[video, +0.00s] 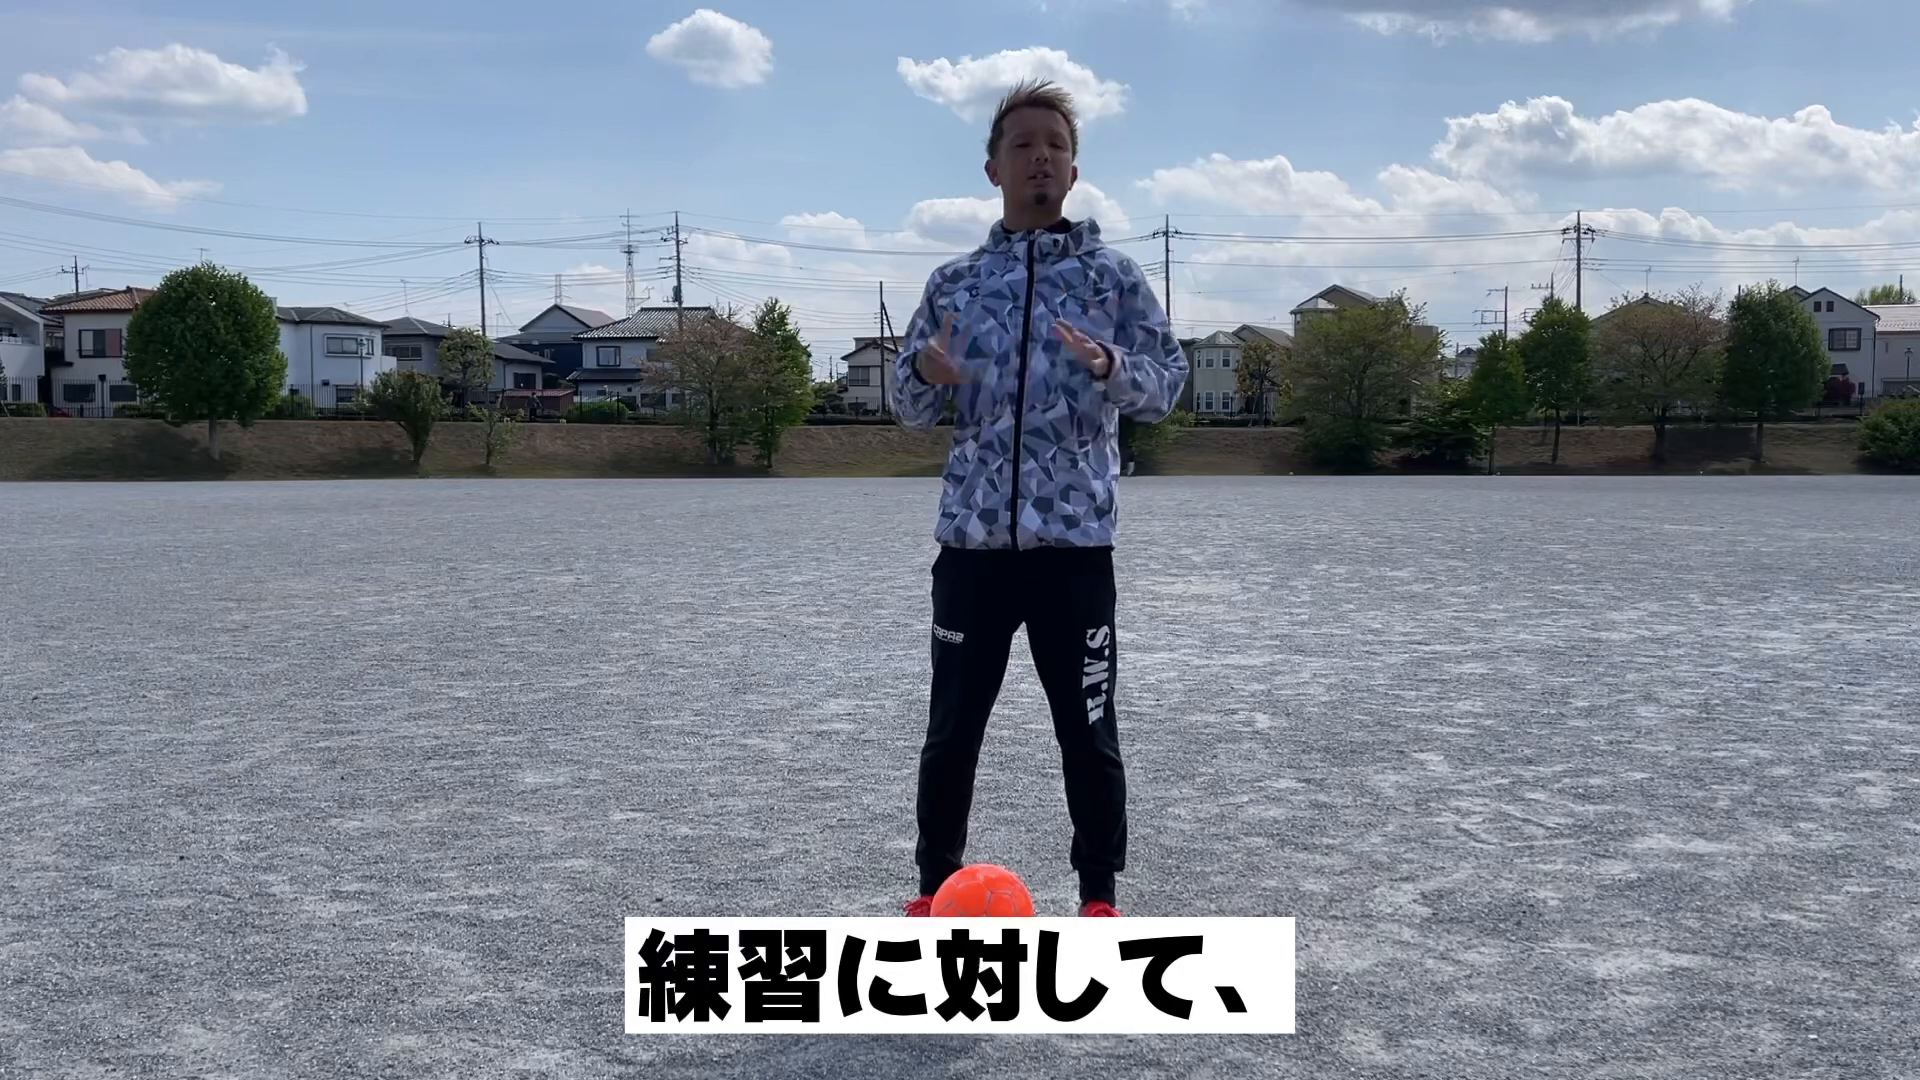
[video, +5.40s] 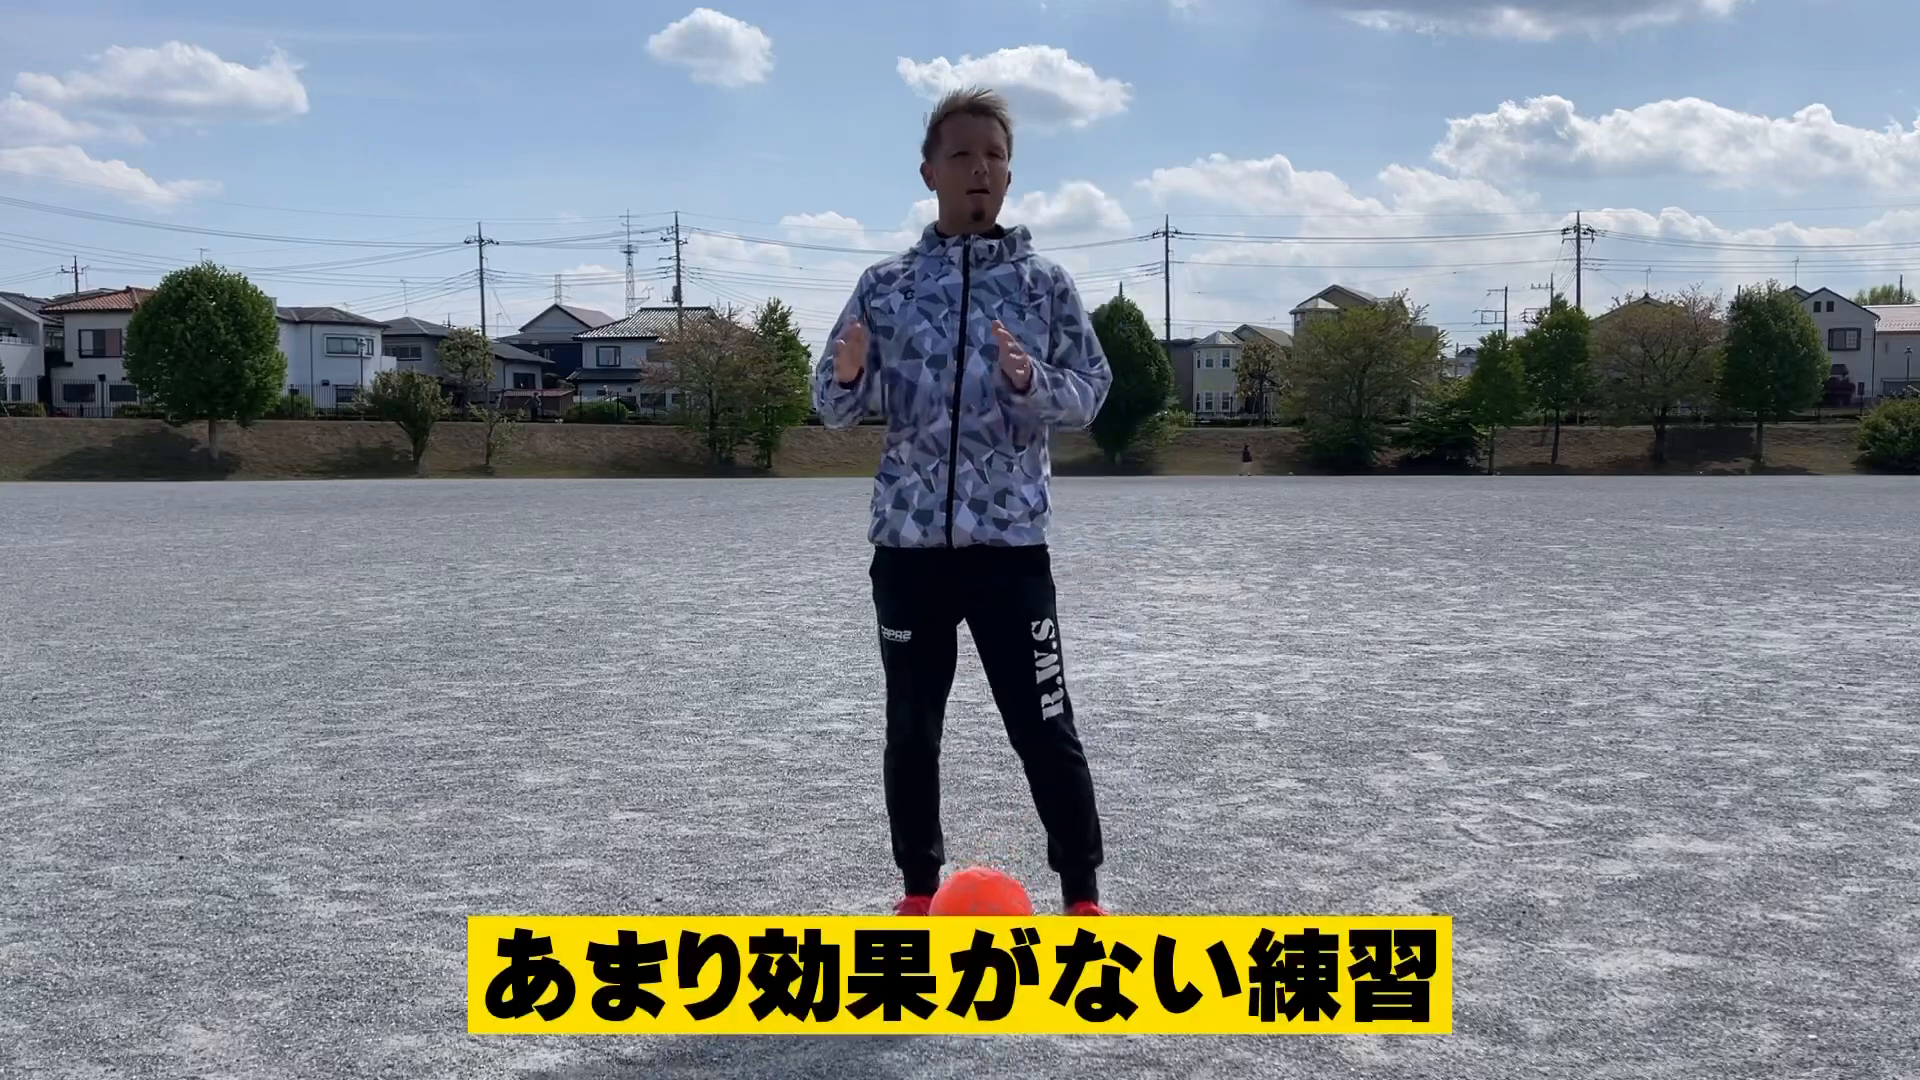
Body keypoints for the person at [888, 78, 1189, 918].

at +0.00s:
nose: (1042, 158)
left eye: (1057, 146)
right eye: (1023, 145)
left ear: (1074, 167)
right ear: (995, 165)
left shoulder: (1115, 278)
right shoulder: (953, 283)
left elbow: (1163, 382)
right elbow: (907, 396)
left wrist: (1114, 368)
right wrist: (931, 375)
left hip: (1072, 536)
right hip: (972, 536)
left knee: (1086, 728)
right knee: (951, 727)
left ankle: (1099, 897)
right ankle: (933, 894)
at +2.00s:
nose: (1016, 162)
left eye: (1033, 149)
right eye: (999, 150)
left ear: (1057, 167)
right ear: (977, 169)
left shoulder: (1099, 280)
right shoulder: (942, 288)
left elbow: (1140, 392)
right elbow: (907, 406)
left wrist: (1047, 400)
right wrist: (962, 409)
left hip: (1061, 540)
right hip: (960, 540)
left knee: (1080, 728)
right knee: (944, 732)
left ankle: (1097, 897)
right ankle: (935, 897)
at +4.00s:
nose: (1114, 164)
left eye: (1132, 153)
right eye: (1099, 148)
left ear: (1151, 176)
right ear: (1070, 163)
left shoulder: (1172, 295)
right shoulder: (1013, 273)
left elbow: (1193, 416)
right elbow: (961, 388)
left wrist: (1113, 409)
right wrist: (1029, 399)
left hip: (1103, 544)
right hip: (1002, 532)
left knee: (1098, 733)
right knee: (948, 696)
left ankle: (1092, 903)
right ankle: (951, 801)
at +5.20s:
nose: (1007, 165)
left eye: (1019, 150)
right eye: (986, 154)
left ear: (1036, 165)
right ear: (956, 174)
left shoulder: (1076, 289)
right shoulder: (914, 286)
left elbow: (1109, 393)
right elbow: (874, 398)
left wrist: (1066, 420)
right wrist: (911, 389)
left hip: (1027, 538)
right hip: (928, 538)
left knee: (1056, 725)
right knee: (921, 724)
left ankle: (1087, 899)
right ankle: (921, 890)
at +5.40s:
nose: (983, 169)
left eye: (996, 156)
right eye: (963, 155)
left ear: (1010, 171)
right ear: (929, 171)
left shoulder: (1042, 282)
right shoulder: (884, 285)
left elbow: (1089, 392)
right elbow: (836, 406)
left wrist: (1034, 382)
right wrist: (845, 377)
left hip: (1007, 535)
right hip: (909, 536)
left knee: (1043, 719)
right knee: (910, 725)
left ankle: (1082, 897)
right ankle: (917, 894)